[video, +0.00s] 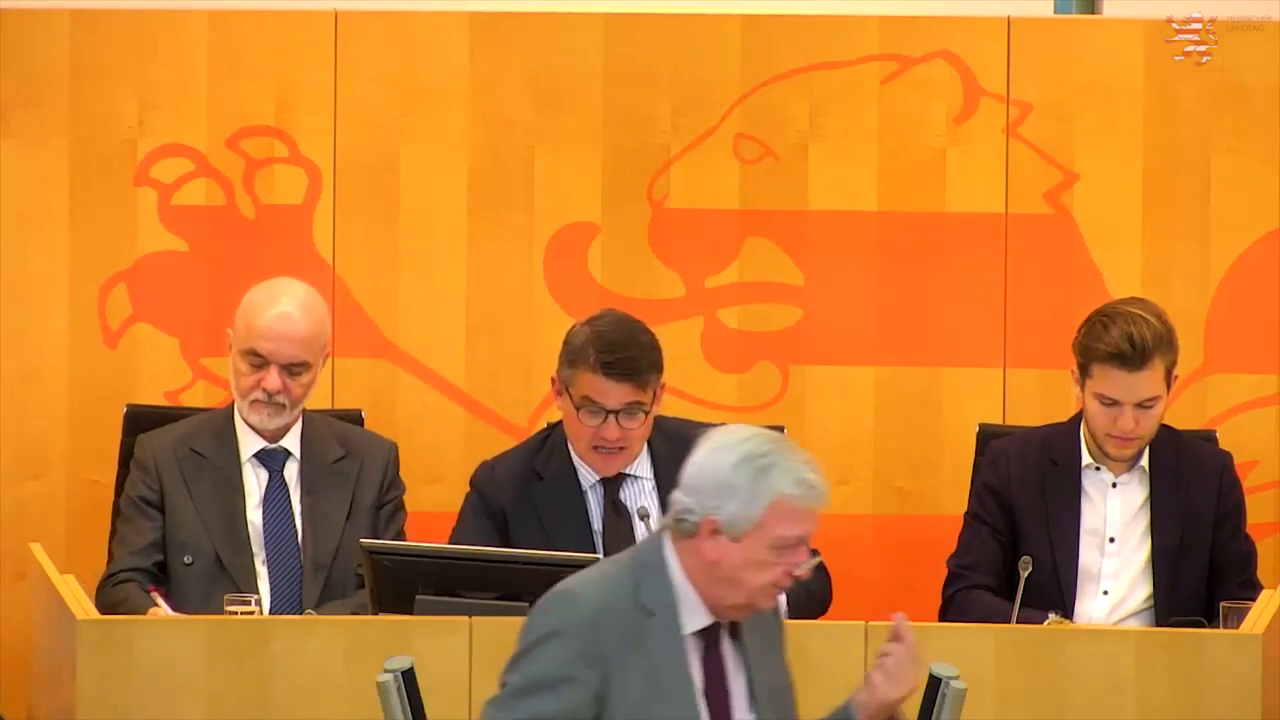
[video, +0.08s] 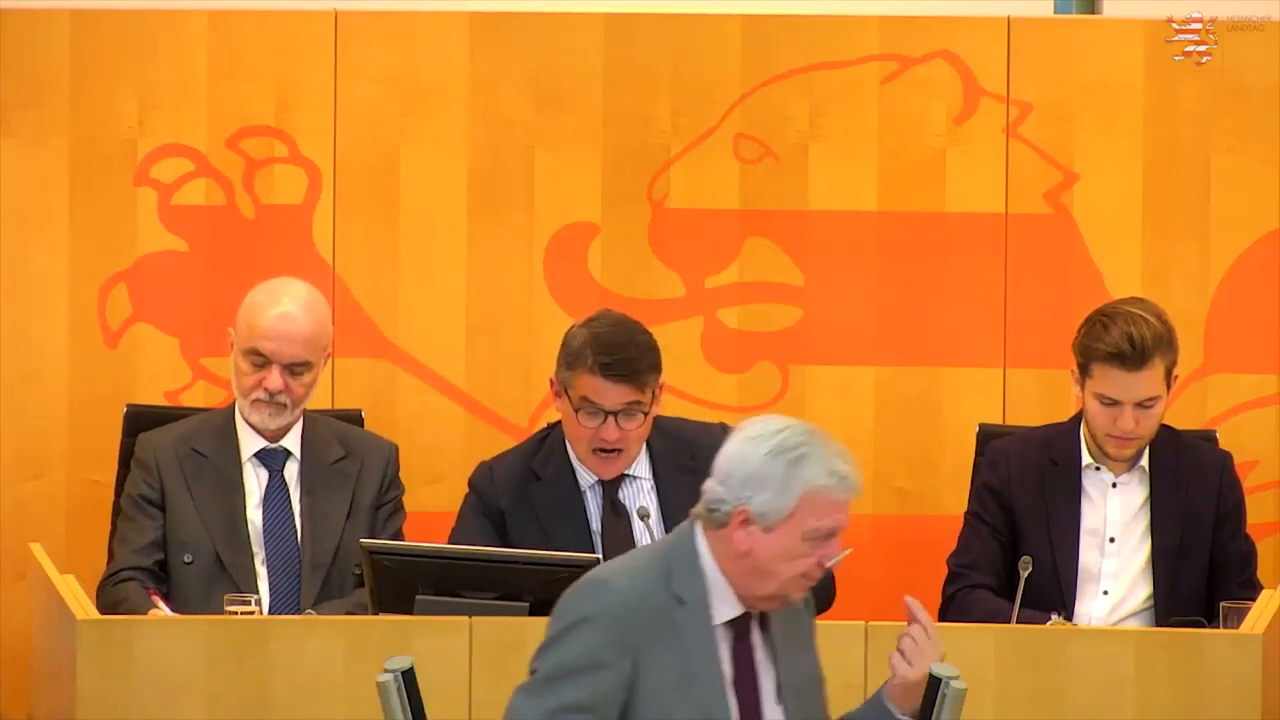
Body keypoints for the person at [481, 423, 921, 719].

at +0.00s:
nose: (802, 568)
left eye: (807, 547)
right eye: (785, 548)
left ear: (719, 540)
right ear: (713, 537)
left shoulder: (758, 605)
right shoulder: (580, 618)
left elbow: (775, 714)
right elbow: (515, 714)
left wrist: (864, 706)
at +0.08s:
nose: (833, 560)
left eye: (837, 538)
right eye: (817, 540)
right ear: (746, 529)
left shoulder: (784, 592)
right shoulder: (611, 607)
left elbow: (804, 717)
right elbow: (541, 714)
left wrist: (896, 701)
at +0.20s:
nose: (870, 547)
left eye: (875, 526)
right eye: (854, 527)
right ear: (779, 516)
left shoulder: (818, 591)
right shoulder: (650, 599)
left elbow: (846, 712)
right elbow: (577, 711)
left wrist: (911, 669)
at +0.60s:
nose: (883, 560)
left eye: (891, 537)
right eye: (865, 536)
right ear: (793, 514)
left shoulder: (855, 587)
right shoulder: (672, 596)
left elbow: (885, 709)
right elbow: (602, 712)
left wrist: (929, 663)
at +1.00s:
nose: (746, 587)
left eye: (768, 564)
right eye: (720, 564)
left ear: (796, 531)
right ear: (679, 533)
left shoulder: (860, 584)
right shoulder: (586, 597)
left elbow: (904, 714)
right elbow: (533, 716)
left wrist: (844, 678)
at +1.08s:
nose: (719, 592)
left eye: (743, 569)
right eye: (694, 571)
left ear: (775, 535)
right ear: (656, 540)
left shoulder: (846, 585)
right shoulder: (568, 603)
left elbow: (896, 714)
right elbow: (523, 715)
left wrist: (822, 681)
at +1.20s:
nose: (653, 610)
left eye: (676, 586)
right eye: (628, 588)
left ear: (712, 547)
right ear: (594, 555)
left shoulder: (800, 592)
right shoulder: (523, 616)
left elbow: (847, 714)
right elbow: (486, 716)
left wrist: (755, 691)